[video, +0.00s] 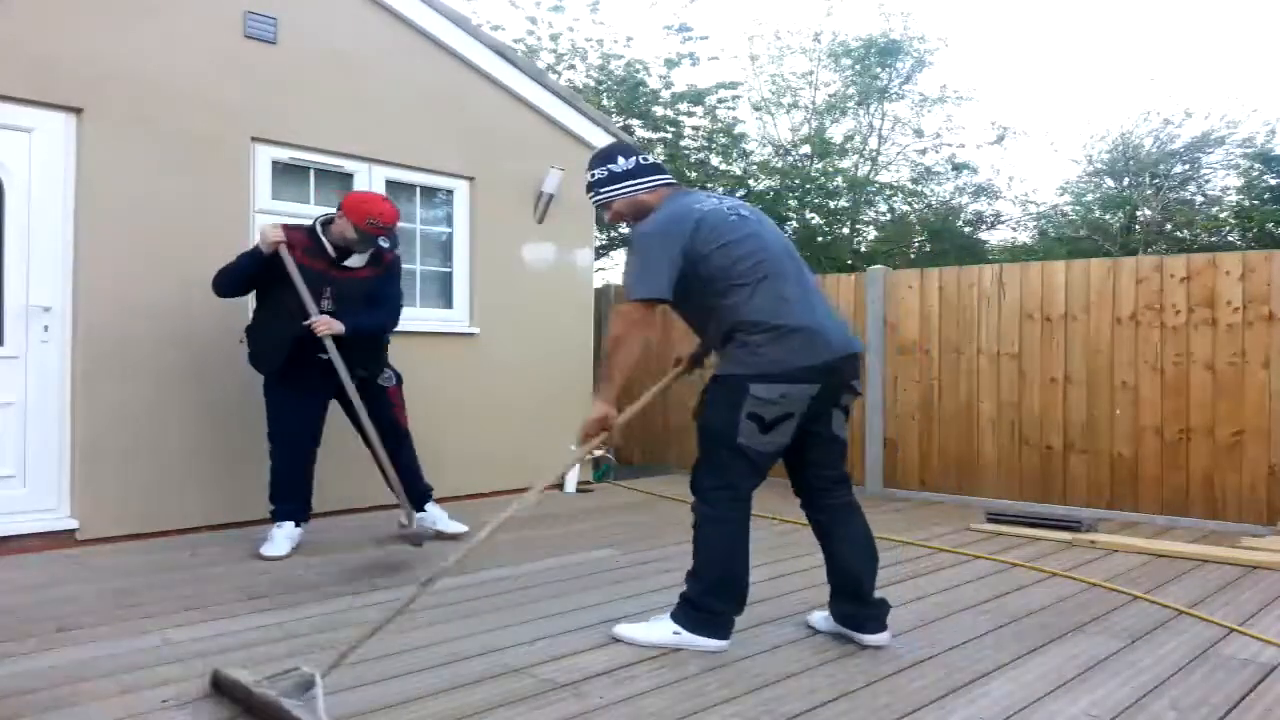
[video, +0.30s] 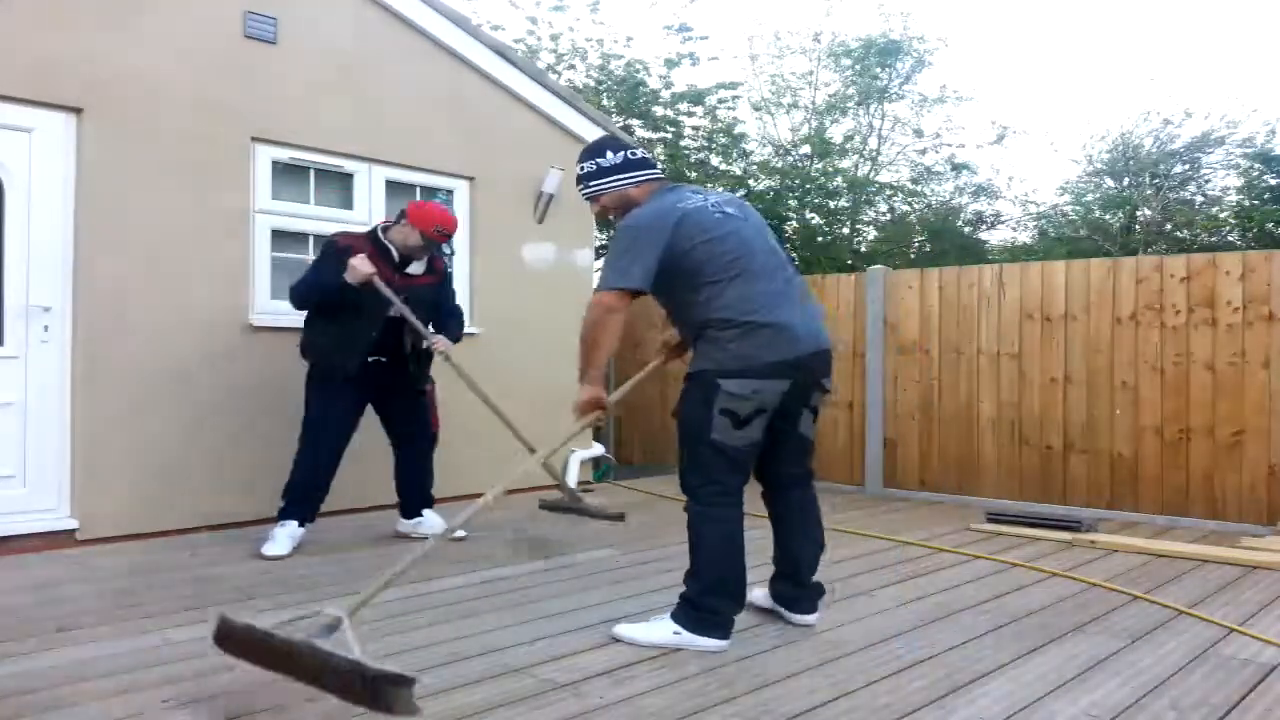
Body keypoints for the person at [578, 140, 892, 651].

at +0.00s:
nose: (613, 219)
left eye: (609, 207)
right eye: (606, 211)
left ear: (630, 189)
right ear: (651, 181)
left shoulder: (660, 224)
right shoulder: (723, 205)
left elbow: (635, 319)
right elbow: (758, 280)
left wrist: (607, 398)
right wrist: (705, 341)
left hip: (765, 360)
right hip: (832, 354)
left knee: (720, 488)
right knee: (825, 485)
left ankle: (704, 620)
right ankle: (861, 614)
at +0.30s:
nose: (598, 213)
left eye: (597, 199)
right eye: (593, 203)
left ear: (622, 183)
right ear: (646, 177)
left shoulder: (649, 217)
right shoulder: (723, 201)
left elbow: (608, 303)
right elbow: (752, 277)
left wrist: (591, 382)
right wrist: (692, 331)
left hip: (739, 359)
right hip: (807, 352)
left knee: (712, 488)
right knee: (788, 478)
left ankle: (704, 620)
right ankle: (798, 596)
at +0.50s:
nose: (617, 207)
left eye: (615, 195)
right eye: (612, 197)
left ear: (638, 182)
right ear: (663, 174)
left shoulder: (655, 222)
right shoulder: (744, 200)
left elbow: (648, 317)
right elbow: (800, 256)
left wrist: (664, 375)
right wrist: (764, 317)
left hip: (726, 360)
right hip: (794, 355)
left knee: (700, 486)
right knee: (765, 476)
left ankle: (704, 617)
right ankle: (769, 592)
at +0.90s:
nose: (610, 215)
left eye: (609, 204)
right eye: (605, 206)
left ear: (632, 191)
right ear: (655, 184)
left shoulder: (646, 237)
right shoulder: (735, 207)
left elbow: (655, 335)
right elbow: (789, 256)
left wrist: (656, 387)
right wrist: (770, 320)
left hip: (724, 362)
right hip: (792, 355)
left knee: (688, 477)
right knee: (769, 475)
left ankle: (678, 593)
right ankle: (768, 590)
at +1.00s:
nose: (595, 222)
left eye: (595, 209)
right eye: (591, 213)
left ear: (621, 196)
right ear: (642, 193)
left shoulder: (634, 235)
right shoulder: (717, 214)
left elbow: (619, 323)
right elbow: (765, 276)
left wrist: (620, 390)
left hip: (721, 360)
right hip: (787, 355)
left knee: (683, 477)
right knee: (767, 474)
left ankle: (676, 594)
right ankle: (768, 590)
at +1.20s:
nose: (571, 232)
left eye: (569, 219)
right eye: (565, 223)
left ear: (591, 205)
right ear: (612, 199)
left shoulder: (615, 237)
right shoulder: (678, 217)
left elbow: (590, 319)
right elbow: (705, 288)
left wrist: (570, 393)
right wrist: (653, 341)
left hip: (716, 359)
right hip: (779, 350)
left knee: (679, 476)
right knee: (766, 472)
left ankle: (676, 594)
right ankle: (778, 588)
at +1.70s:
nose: (624, 215)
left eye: (625, 204)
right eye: (621, 206)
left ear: (651, 196)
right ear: (670, 193)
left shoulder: (667, 234)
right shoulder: (739, 221)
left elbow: (639, 309)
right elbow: (761, 288)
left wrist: (627, 368)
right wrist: (697, 320)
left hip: (728, 366)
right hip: (785, 360)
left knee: (683, 474)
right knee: (785, 464)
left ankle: (677, 593)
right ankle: (828, 568)